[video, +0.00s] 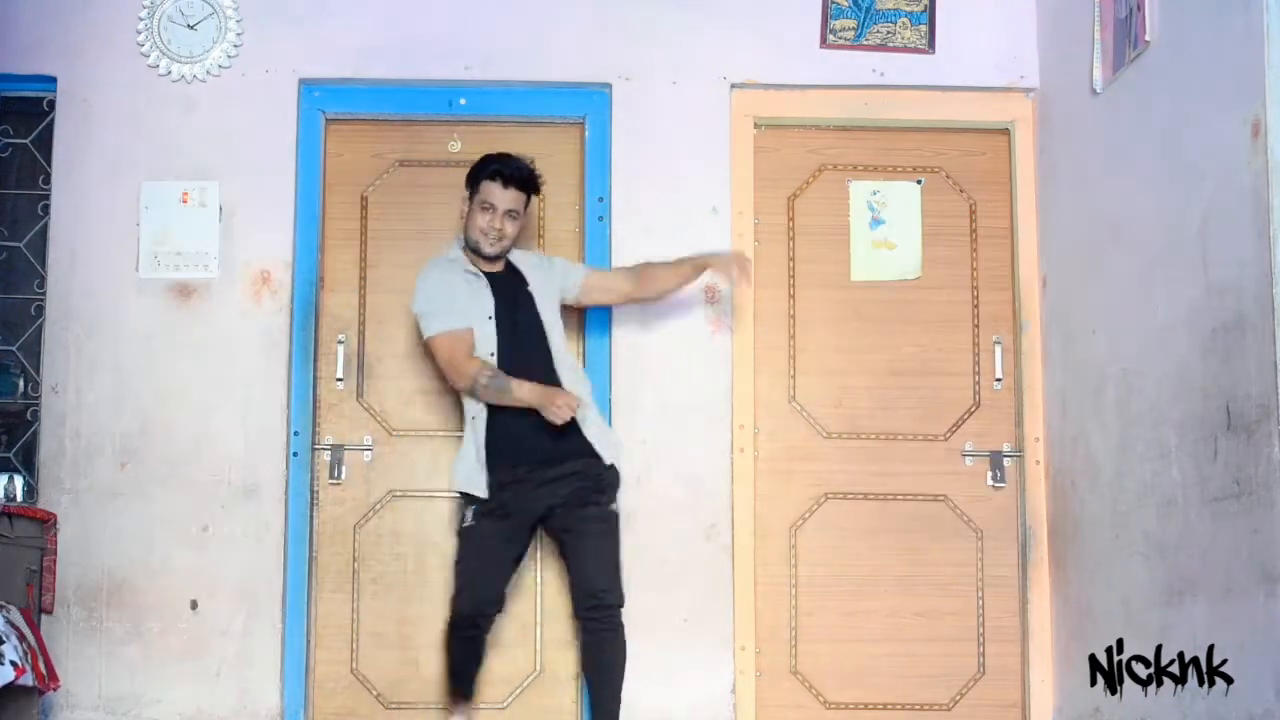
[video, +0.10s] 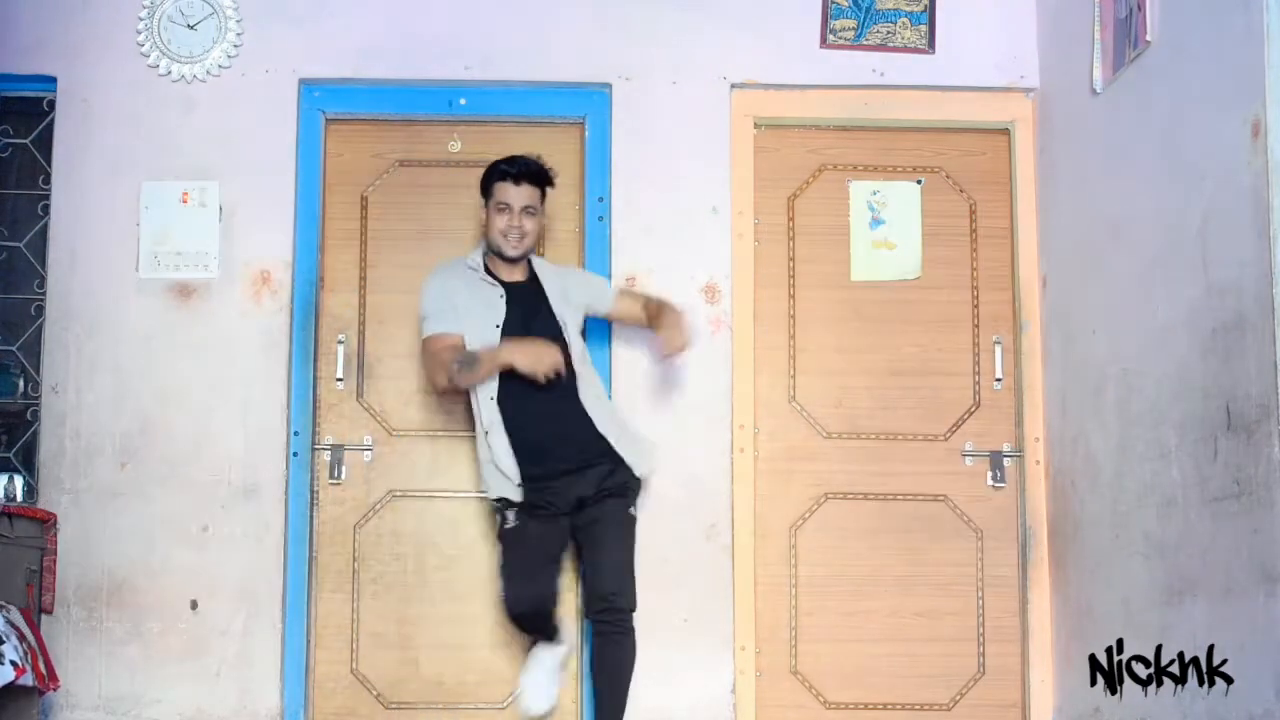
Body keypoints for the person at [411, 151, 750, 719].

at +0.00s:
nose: (497, 225)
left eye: (511, 215)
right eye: (487, 209)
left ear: (525, 219)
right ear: (467, 206)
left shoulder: (542, 269)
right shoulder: (441, 279)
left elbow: (632, 282)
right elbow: (462, 371)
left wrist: (710, 261)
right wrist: (536, 394)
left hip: (579, 469)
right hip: (501, 479)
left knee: (601, 609)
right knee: (473, 611)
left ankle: (606, 717)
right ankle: (460, 707)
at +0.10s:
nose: (515, 223)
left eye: (528, 212)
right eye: (503, 209)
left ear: (543, 220)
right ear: (484, 213)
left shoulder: (568, 282)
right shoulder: (451, 285)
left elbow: (651, 310)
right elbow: (443, 375)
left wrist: (669, 324)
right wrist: (505, 353)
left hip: (603, 473)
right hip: (527, 486)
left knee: (612, 611)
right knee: (526, 602)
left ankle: (608, 717)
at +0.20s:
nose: (533, 229)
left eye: (545, 216)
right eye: (520, 216)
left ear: (559, 223)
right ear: (501, 222)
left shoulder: (583, 294)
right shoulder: (465, 288)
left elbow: (651, 370)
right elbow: (445, 372)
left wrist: (610, 346)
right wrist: (481, 298)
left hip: (616, 476)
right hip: (541, 488)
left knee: (624, 613)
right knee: (558, 599)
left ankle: (614, 714)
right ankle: (593, 617)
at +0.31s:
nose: (546, 236)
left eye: (556, 222)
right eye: (531, 225)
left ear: (570, 224)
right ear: (510, 229)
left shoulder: (595, 300)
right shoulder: (486, 293)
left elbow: (634, 389)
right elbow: (451, 360)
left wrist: (580, 346)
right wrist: (461, 272)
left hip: (618, 485)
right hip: (543, 495)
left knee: (625, 620)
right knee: (540, 604)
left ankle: (616, 716)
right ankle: (578, 660)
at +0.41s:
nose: (549, 233)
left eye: (558, 218)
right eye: (534, 223)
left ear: (572, 219)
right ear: (514, 228)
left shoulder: (600, 297)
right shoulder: (486, 287)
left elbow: (630, 382)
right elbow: (444, 348)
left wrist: (569, 340)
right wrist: (459, 262)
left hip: (609, 488)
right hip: (530, 494)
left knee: (615, 620)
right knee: (495, 600)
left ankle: (613, 718)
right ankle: (520, 703)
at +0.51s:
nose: (546, 221)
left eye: (555, 206)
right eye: (530, 210)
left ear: (570, 207)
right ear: (511, 214)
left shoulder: (598, 283)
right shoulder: (479, 275)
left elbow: (618, 370)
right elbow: (436, 334)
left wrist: (549, 344)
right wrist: (441, 246)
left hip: (592, 486)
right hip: (510, 485)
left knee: (599, 621)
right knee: (461, 605)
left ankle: (605, 718)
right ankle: (447, 715)